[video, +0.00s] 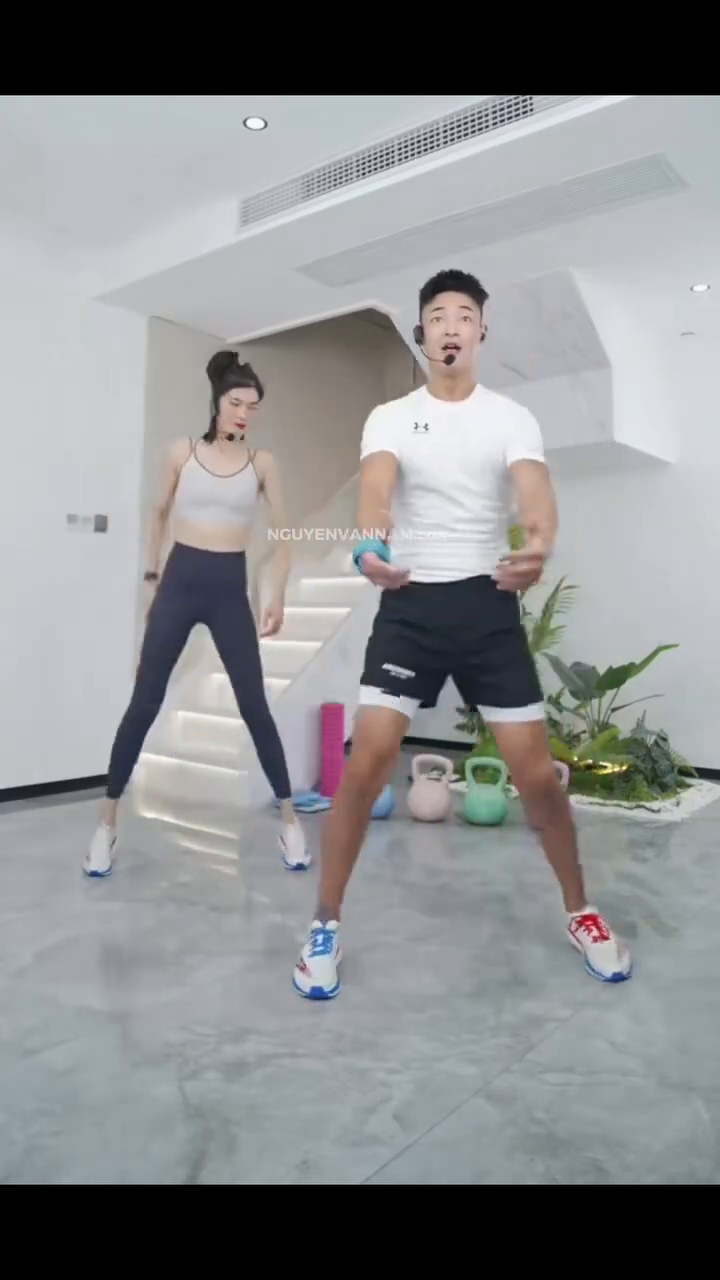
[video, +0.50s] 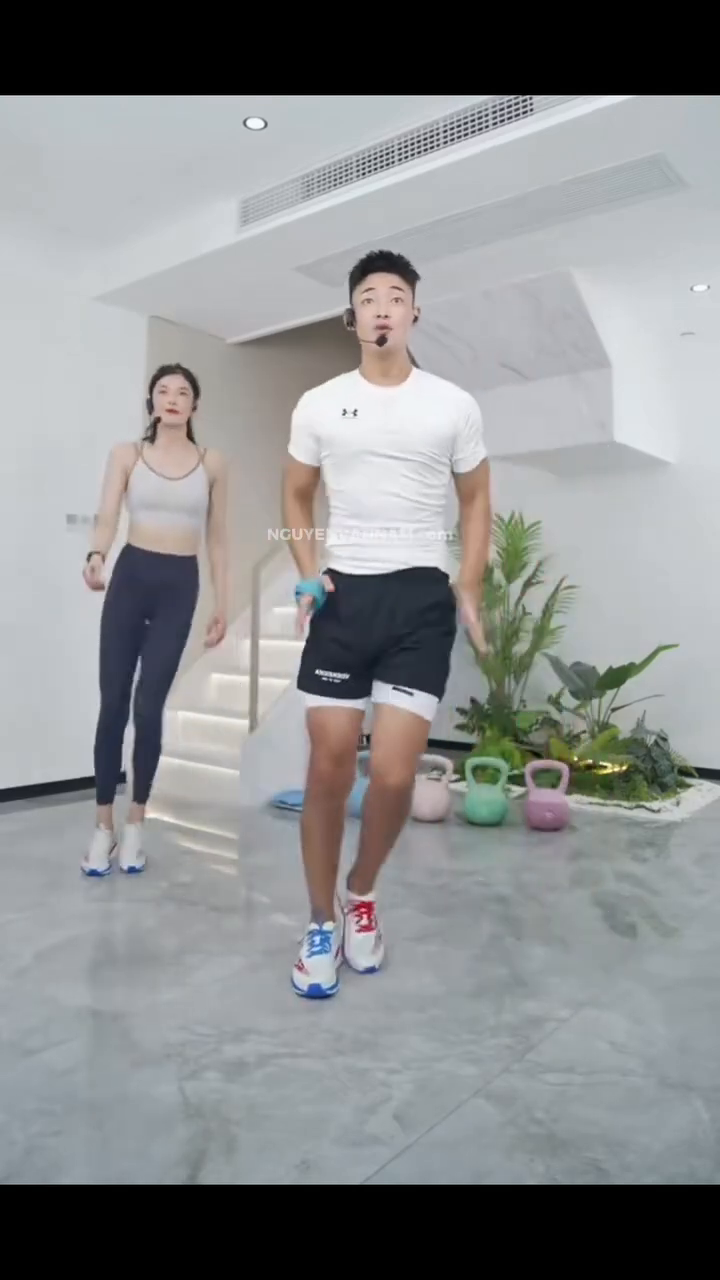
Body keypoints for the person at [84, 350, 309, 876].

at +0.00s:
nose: (243, 415)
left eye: (251, 407)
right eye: (236, 404)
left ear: (257, 412)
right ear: (217, 404)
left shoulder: (262, 463)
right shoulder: (182, 453)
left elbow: (283, 535)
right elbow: (162, 516)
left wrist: (277, 596)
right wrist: (152, 579)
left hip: (231, 588)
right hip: (179, 583)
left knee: (254, 706)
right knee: (145, 701)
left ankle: (290, 818)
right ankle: (108, 817)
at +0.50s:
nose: (173, 399)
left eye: (182, 393)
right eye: (165, 391)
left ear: (195, 405)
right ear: (151, 400)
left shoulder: (212, 463)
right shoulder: (128, 455)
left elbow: (218, 538)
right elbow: (107, 519)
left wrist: (223, 605)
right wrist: (96, 555)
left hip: (181, 586)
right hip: (130, 579)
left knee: (148, 706)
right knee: (113, 704)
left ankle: (136, 821)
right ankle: (104, 823)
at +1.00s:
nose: (226, 417)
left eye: (236, 410)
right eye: (219, 408)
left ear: (248, 419)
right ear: (205, 413)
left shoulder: (260, 464)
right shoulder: (184, 461)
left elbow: (311, 451)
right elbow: (139, 422)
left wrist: (277, 393)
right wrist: (179, 373)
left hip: (256, 594)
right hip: (205, 595)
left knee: (265, 710)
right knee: (146, 706)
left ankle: (277, 825)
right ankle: (128, 815)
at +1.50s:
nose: (241, 427)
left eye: (252, 421)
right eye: (236, 417)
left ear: (265, 429)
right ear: (226, 420)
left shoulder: (273, 474)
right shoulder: (203, 460)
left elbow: (327, 444)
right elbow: (173, 391)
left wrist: (292, 398)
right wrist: (228, 368)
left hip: (255, 599)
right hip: (207, 598)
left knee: (267, 718)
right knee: (145, 700)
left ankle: (277, 829)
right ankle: (185, 806)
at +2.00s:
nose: (184, 430)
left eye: (194, 424)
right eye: (178, 420)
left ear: (205, 431)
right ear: (165, 420)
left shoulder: (207, 478)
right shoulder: (136, 456)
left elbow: (250, 469)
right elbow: (101, 396)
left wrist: (228, 415)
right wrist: (159, 372)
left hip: (168, 597)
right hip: (118, 592)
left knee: (179, 710)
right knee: (104, 711)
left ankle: (182, 793)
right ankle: (103, 826)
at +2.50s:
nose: (196, 402)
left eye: (206, 397)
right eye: (189, 394)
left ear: (217, 409)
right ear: (174, 402)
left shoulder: (226, 461)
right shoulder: (148, 452)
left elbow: (272, 510)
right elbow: (87, 484)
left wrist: (266, 470)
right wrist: (63, 434)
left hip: (200, 586)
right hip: (149, 584)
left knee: (236, 706)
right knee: (127, 707)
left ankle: (271, 810)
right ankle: (107, 825)